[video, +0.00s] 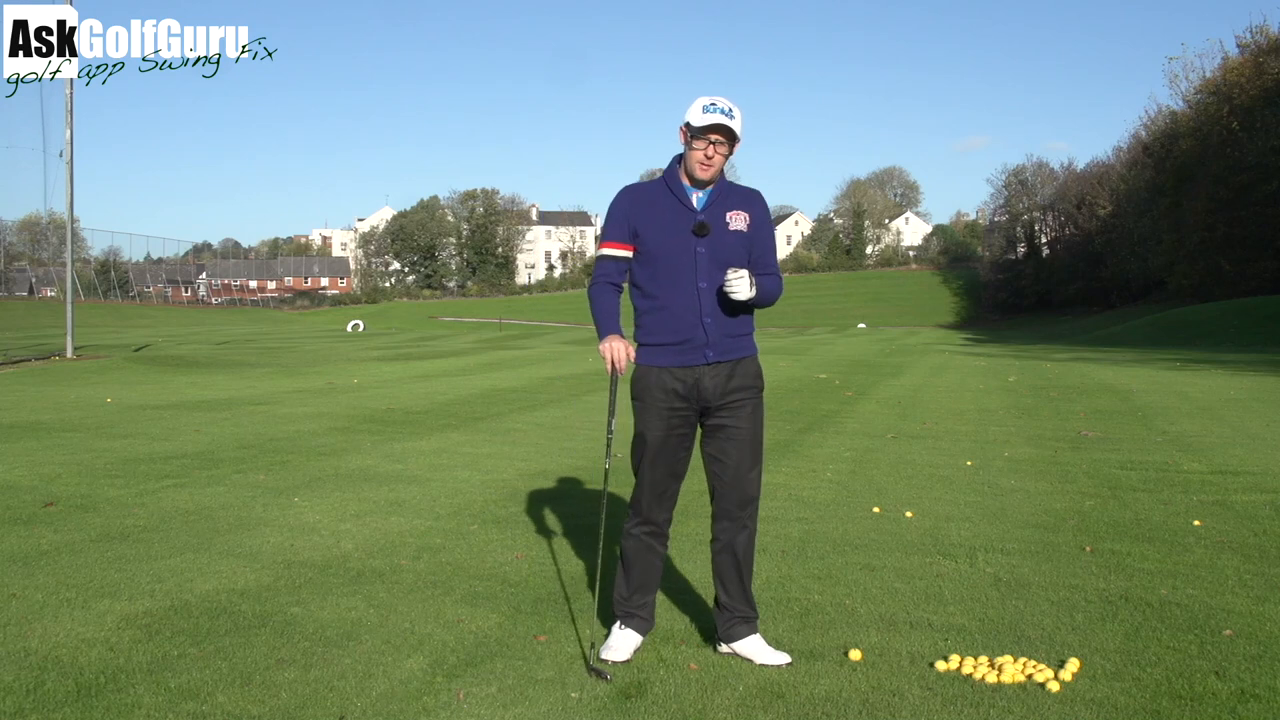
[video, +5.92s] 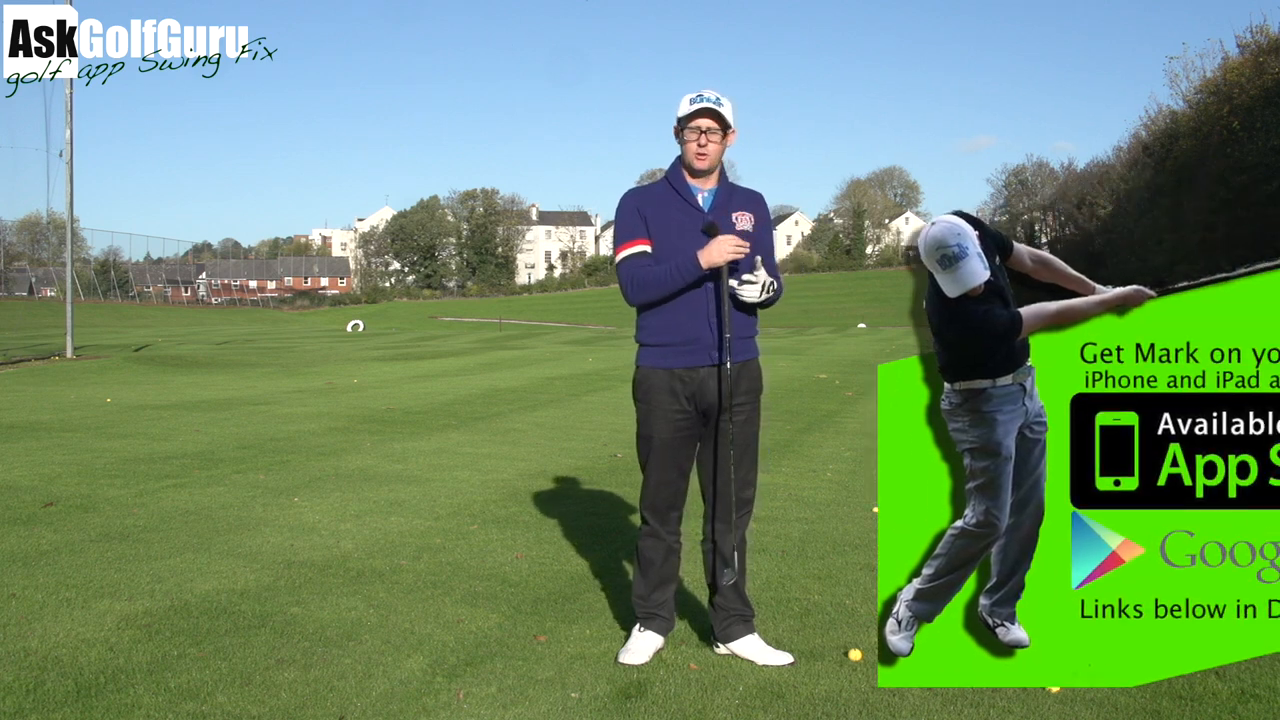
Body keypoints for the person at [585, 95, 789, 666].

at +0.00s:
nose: (711, 149)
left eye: (722, 142)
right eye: (703, 138)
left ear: (732, 150)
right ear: (684, 138)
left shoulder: (749, 204)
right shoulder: (635, 201)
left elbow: (772, 282)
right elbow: (606, 278)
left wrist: (753, 286)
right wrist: (610, 331)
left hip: (736, 373)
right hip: (662, 374)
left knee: (738, 507)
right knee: (650, 507)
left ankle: (736, 628)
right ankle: (631, 621)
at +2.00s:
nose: (654, 146)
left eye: (664, 138)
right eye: (646, 137)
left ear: (678, 147)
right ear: (629, 142)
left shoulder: (703, 204)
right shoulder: (588, 210)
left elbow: (729, 283)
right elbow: (570, 293)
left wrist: (710, 280)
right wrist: (591, 336)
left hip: (694, 376)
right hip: (624, 379)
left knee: (721, 501)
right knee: (634, 507)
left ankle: (734, 626)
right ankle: (649, 621)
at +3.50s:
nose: (666, 146)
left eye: (677, 140)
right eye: (658, 135)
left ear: (688, 148)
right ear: (639, 137)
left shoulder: (705, 205)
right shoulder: (595, 207)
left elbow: (728, 290)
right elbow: (585, 291)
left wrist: (730, 264)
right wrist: (643, 263)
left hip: (705, 369)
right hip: (633, 374)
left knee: (721, 501)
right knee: (642, 504)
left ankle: (732, 626)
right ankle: (649, 621)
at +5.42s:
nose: (730, 150)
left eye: (738, 140)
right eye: (719, 140)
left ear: (745, 146)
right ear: (693, 141)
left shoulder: (753, 208)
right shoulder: (650, 202)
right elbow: (650, 280)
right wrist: (709, 234)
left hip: (745, 371)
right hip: (677, 374)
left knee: (737, 505)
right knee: (668, 504)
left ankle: (733, 627)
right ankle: (653, 621)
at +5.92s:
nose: (702, 140)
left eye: (712, 132)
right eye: (692, 131)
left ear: (727, 140)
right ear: (679, 138)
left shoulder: (749, 203)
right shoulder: (640, 203)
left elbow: (770, 281)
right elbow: (637, 288)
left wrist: (761, 286)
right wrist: (703, 259)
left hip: (737, 373)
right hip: (666, 376)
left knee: (732, 507)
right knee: (661, 508)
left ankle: (733, 627)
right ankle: (651, 621)